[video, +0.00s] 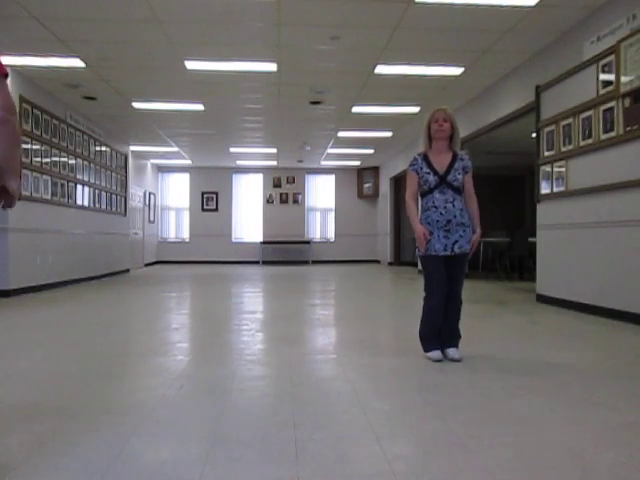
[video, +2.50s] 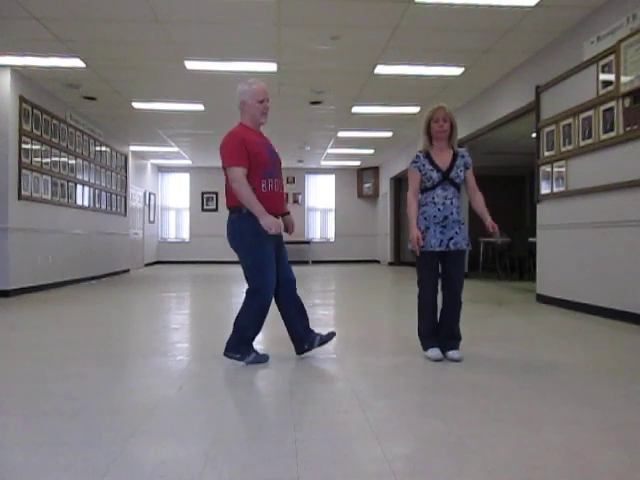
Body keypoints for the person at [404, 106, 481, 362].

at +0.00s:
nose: (441, 125)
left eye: (445, 121)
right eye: (436, 121)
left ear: (452, 127)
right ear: (429, 128)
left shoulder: (462, 160)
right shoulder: (419, 161)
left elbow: (470, 196)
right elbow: (410, 198)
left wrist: (477, 228)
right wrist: (417, 226)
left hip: (460, 232)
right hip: (432, 232)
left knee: (454, 292)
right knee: (435, 291)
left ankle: (451, 343)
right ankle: (432, 344)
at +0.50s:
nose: (444, 126)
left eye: (447, 123)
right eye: (438, 123)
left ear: (452, 128)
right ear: (429, 128)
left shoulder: (462, 160)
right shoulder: (419, 163)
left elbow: (472, 194)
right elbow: (410, 201)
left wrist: (483, 221)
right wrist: (412, 233)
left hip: (456, 232)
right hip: (427, 232)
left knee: (459, 287)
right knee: (425, 289)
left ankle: (451, 343)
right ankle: (430, 343)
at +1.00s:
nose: (447, 125)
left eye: (451, 122)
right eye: (443, 121)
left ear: (455, 128)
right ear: (432, 126)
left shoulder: (461, 160)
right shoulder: (418, 160)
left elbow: (470, 195)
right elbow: (409, 197)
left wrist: (477, 229)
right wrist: (415, 226)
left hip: (457, 231)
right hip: (429, 232)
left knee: (453, 291)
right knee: (434, 290)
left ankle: (451, 343)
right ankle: (431, 344)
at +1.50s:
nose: (444, 121)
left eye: (447, 118)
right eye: (439, 118)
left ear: (453, 125)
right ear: (430, 127)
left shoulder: (464, 159)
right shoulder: (421, 161)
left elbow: (474, 193)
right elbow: (412, 198)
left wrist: (486, 219)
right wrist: (412, 230)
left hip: (456, 232)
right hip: (427, 231)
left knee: (456, 290)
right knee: (426, 290)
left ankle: (451, 343)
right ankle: (430, 343)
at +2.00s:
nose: (438, 125)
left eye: (442, 121)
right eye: (433, 122)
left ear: (449, 126)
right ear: (426, 127)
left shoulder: (461, 159)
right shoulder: (418, 161)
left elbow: (470, 193)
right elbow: (410, 197)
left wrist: (479, 226)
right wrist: (418, 225)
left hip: (458, 231)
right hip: (431, 231)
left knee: (453, 290)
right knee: (435, 289)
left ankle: (451, 342)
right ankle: (431, 344)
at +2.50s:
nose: (441, 125)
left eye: (445, 121)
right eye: (436, 121)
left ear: (452, 126)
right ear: (428, 127)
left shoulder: (462, 158)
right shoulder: (420, 159)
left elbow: (474, 192)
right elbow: (413, 195)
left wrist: (487, 218)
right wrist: (413, 226)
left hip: (456, 231)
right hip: (427, 231)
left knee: (454, 291)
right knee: (428, 290)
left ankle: (450, 343)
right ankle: (430, 343)